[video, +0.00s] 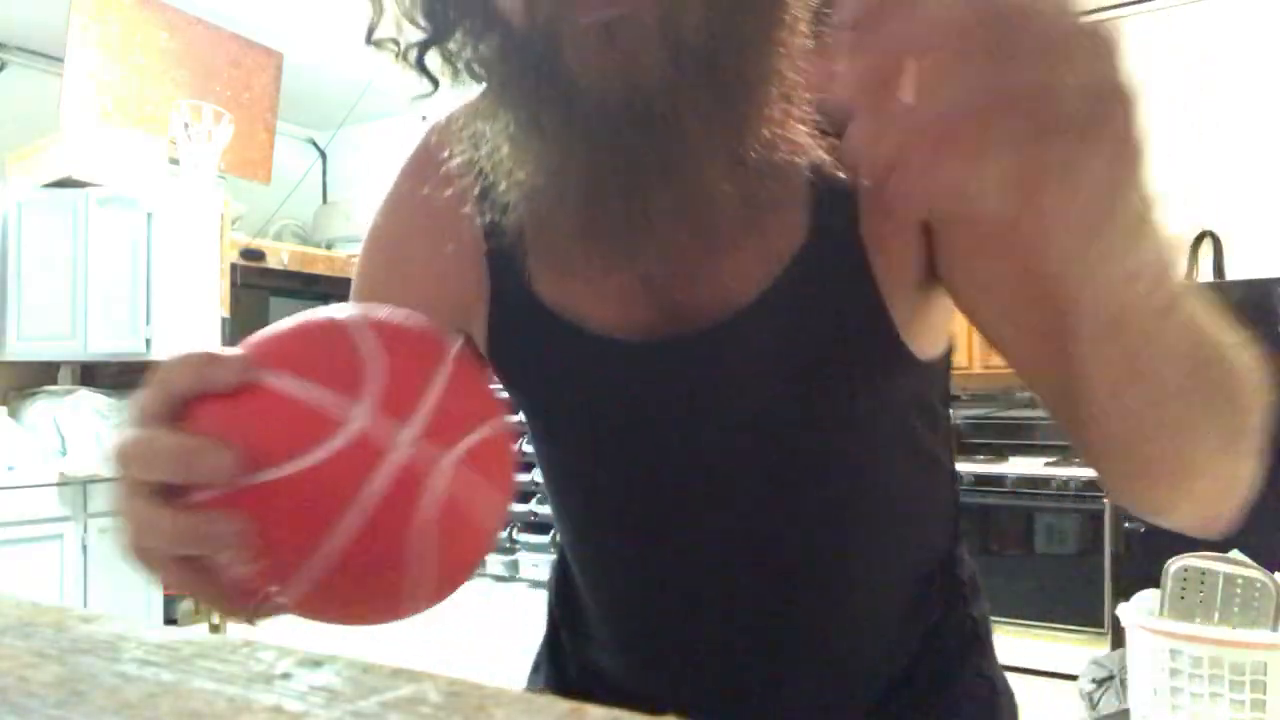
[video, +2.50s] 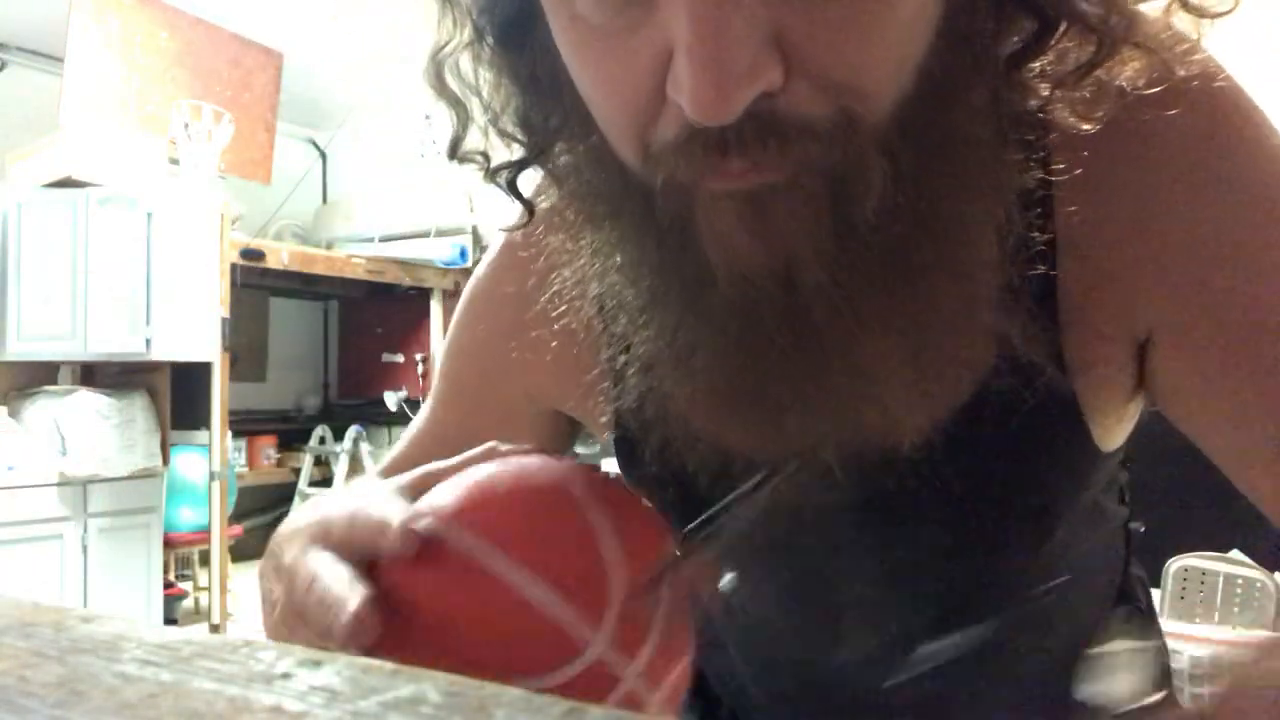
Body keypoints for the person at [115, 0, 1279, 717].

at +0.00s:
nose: (598, 5)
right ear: (477, 19)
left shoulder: (909, 126)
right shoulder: (458, 188)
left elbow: (1206, 488)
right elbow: (365, 495)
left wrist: (1118, 281)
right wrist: (218, 512)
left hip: (897, 673)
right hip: (616, 679)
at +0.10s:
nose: (601, 21)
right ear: (482, 17)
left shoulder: (932, 106)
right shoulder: (472, 200)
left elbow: (1248, 494)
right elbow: (361, 576)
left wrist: (1182, 198)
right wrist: (200, 523)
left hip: (927, 672)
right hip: (640, 676)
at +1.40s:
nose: (682, 160)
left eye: (741, 37)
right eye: (558, 61)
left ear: (860, 28)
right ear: (456, 84)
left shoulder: (1011, 264)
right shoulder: (520, 336)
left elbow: (1246, 556)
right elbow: (362, 537)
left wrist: (1213, 340)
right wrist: (225, 564)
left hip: (1014, 694)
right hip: (700, 698)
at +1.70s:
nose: (698, 162)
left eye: (780, 17)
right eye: (590, 49)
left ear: (955, 9)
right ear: (503, 61)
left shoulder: (1088, 210)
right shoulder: (578, 306)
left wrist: (1231, 528)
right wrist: (351, 483)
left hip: (1027, 684)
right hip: (713, 688)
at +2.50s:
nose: (711, 92)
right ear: (534, 15)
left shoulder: (1134, 141)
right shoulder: (564, 265)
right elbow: (423, 511)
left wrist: (1254, 675)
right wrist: (341, 564)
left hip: (1047, 688)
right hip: (732, 693)